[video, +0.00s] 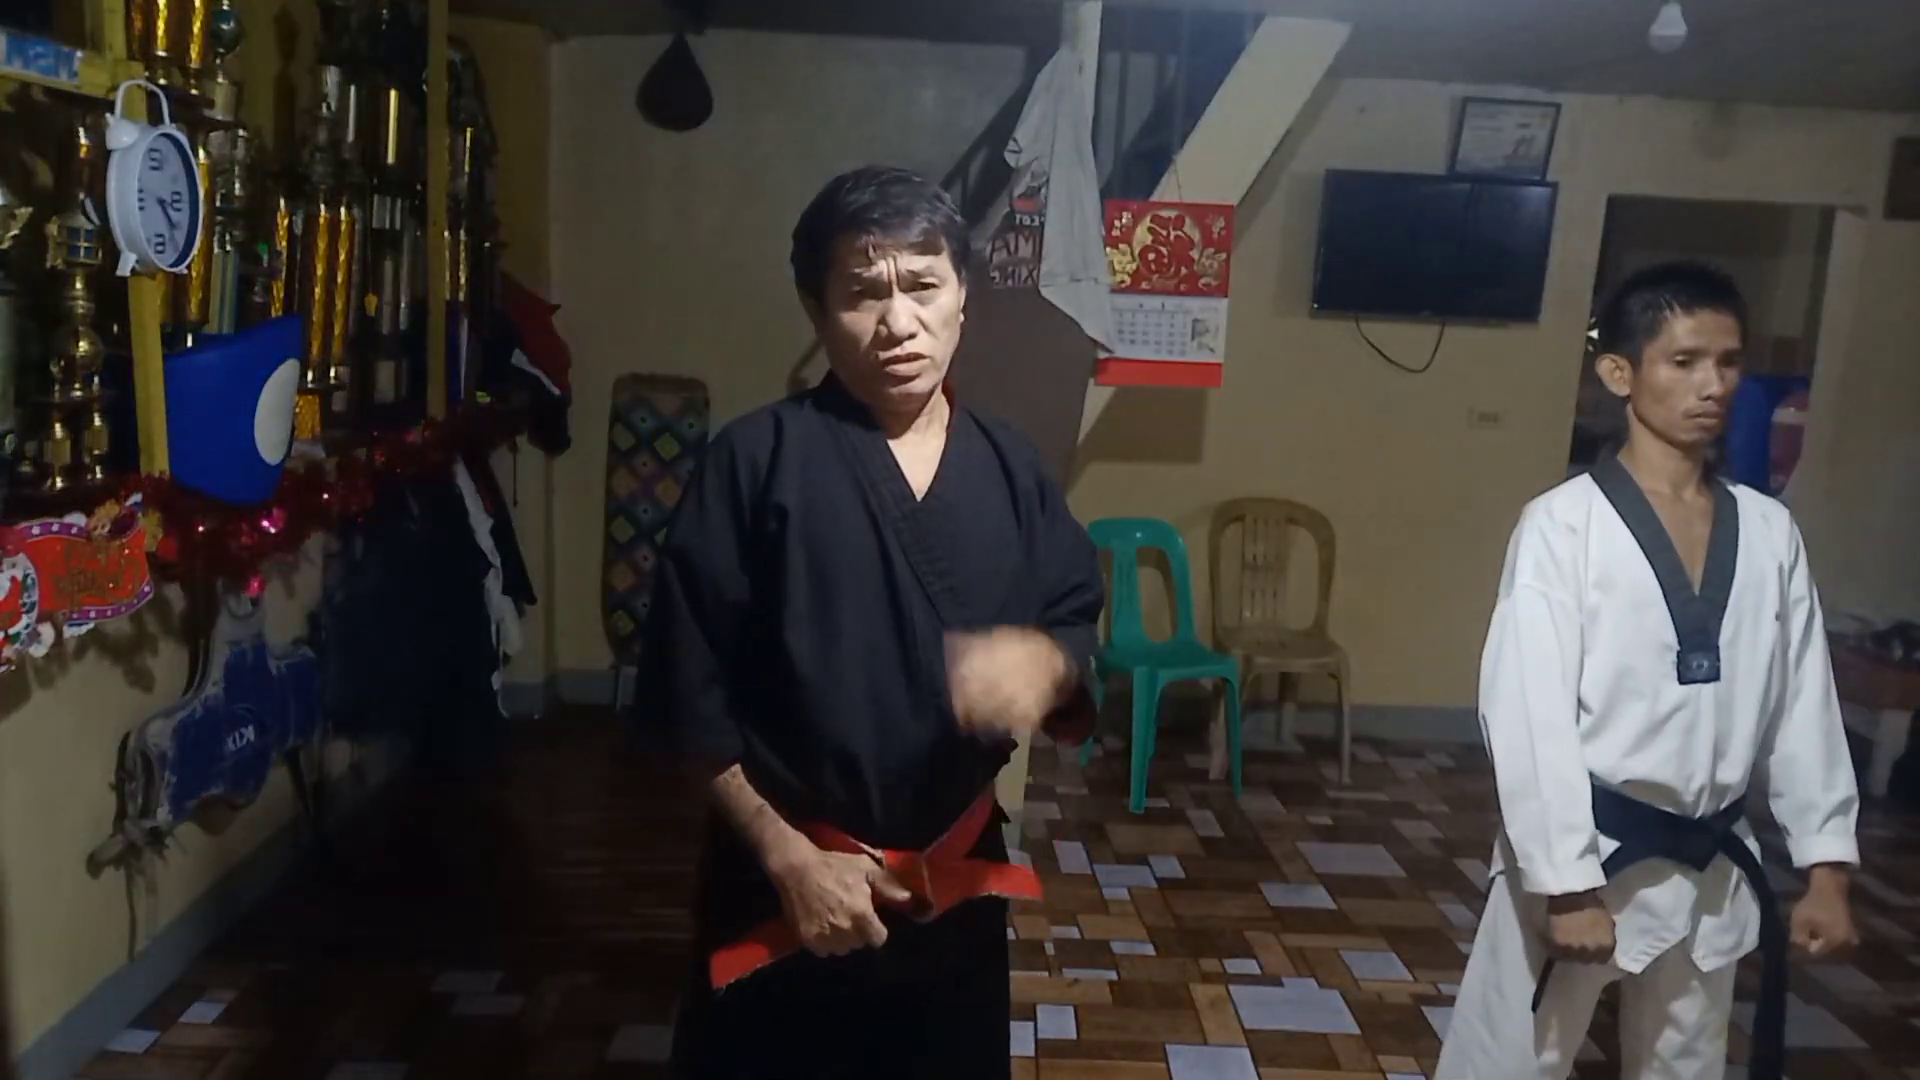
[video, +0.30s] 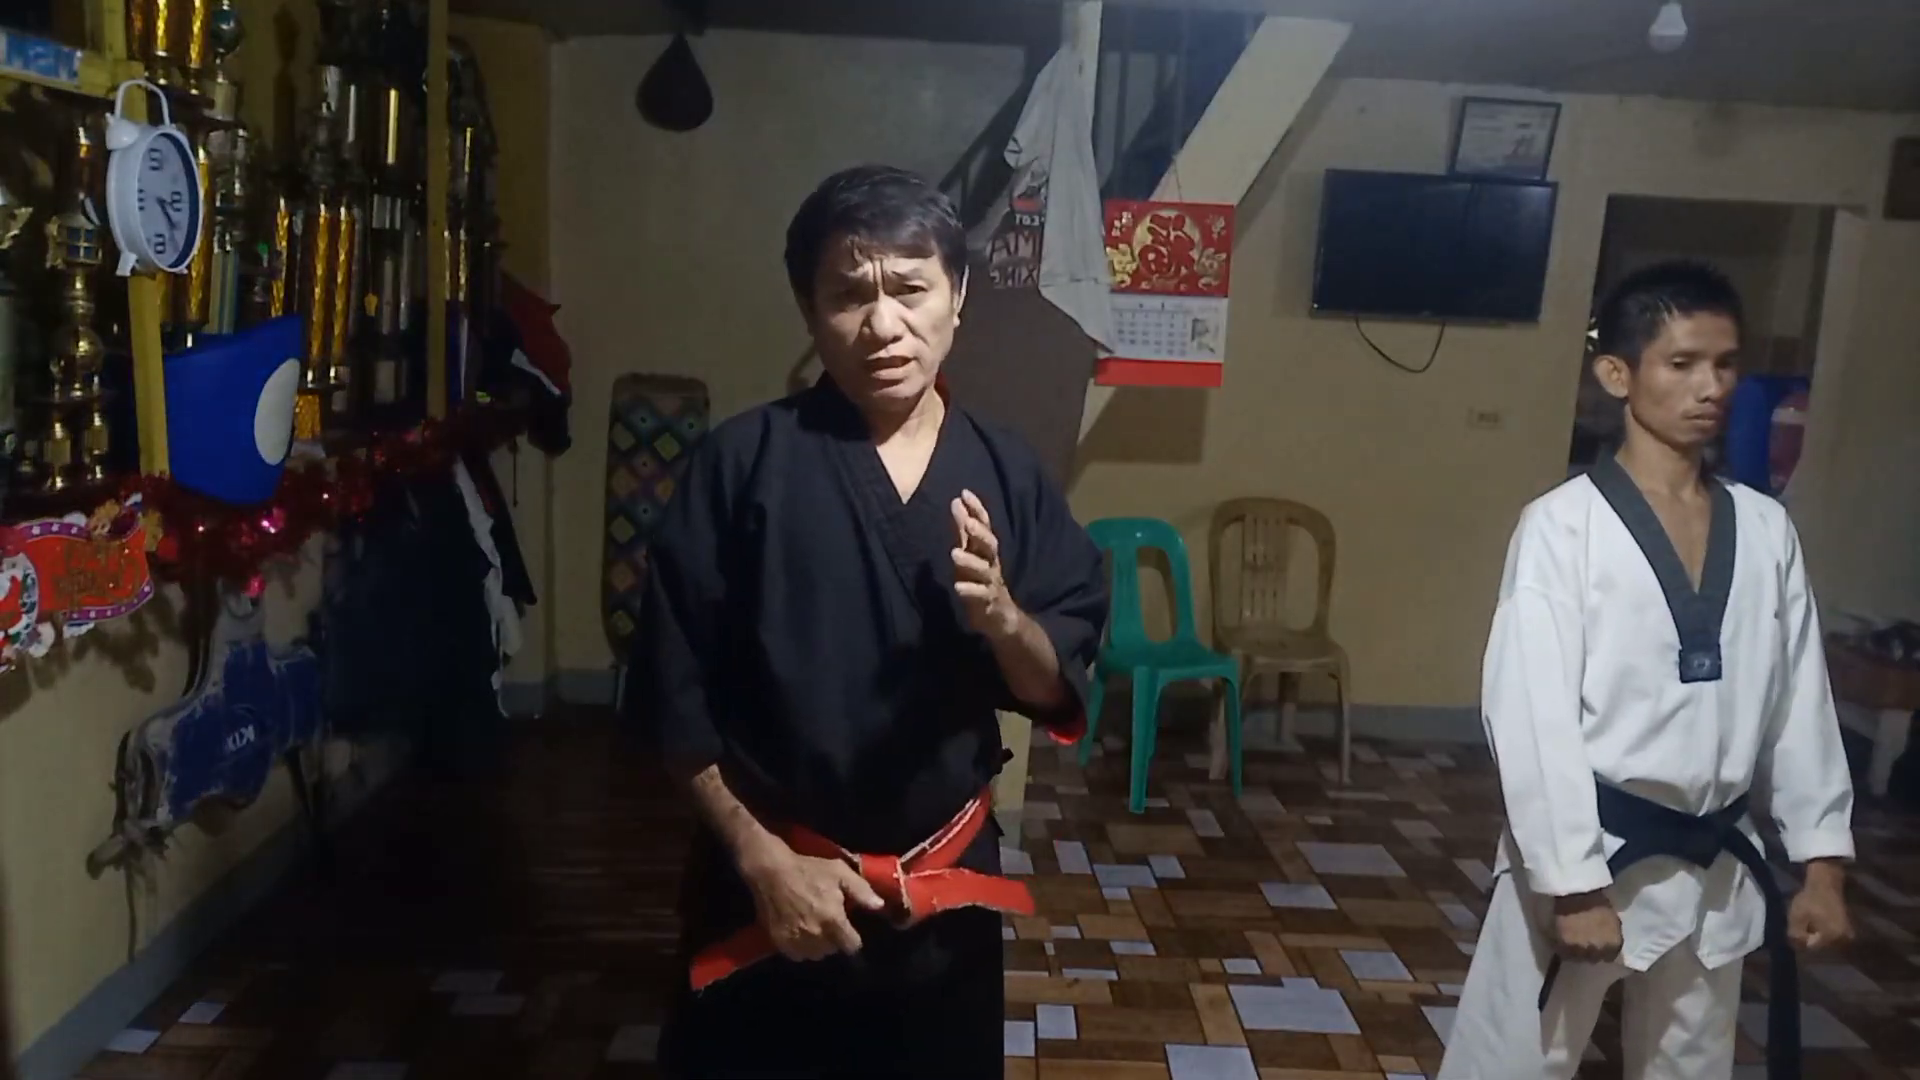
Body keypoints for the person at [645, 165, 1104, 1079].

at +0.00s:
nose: (897, 321)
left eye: (921, 286)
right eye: (862, 294)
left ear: (961, 296)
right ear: (816, 314)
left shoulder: (1010, 465)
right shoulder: (751, 464)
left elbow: (1077, 627)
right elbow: (679, 692)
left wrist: (1040, 662)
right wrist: (786, 853)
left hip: (956, 908)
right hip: (780, 907)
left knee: (956, 1071)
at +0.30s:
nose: (883, 323)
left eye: (909, 289)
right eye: (850, 295)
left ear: (957, 296)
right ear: (809, 314)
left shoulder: (1009, 471)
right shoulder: (736, 468)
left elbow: (1059, 692)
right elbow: (665, 691)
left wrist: (1003, 619)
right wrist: (764, 857)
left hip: (944, 898)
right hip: (761, 898)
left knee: (948, 1069)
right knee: (749, 1072)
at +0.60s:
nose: (877, 318)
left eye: (905, 284)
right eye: (845, 291)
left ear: (958, 296)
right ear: (809, 313)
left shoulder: (1006, 471)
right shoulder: (734, 468)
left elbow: (1053, 695)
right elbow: (661, 687)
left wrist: (995, 633)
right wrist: (754, 860)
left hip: (938, 903)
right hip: (754, 904)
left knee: (940, 1070)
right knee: (745, 1075)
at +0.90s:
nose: (882, 316)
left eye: (910, 284)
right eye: (850, 290)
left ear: (960, 296)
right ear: (812, 314)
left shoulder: (1007, 474)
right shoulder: (735, 467)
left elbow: (1050, 696)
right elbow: (664, 691)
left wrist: (1003, 634)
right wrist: (762, 860)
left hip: (943, 901)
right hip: (759, 902)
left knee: (945, 1070)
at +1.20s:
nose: (906, 305)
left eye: (931, 273)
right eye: (871, 283)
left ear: (976, 293)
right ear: (829, 314)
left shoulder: (1010, 468)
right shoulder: (764, 460)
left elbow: (1052, 687)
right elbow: (686, 679)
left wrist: (1024, 651)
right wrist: (794, 846)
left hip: (962, 897)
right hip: (788, 900)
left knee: (964, 1068)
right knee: (775, 1073)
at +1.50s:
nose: (972, 313)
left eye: (996, 282)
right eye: (937, 287)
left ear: (1032, 304)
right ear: (890, 314)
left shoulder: (1027, 469)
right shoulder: (818, 431)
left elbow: (1069, 635)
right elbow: (671, 593)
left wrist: (1045, 652)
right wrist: (798, 618)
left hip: (958, 852)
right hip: (815, 844)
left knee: (944, 1063)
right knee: (789, 1063)